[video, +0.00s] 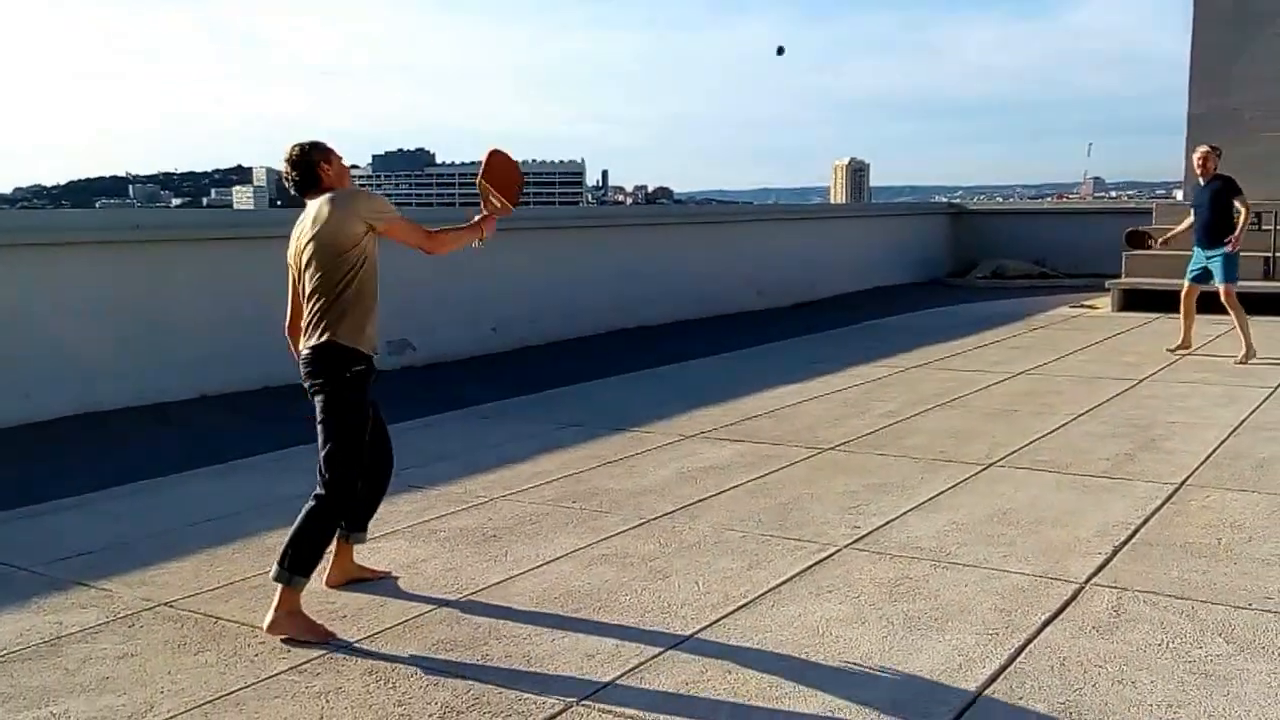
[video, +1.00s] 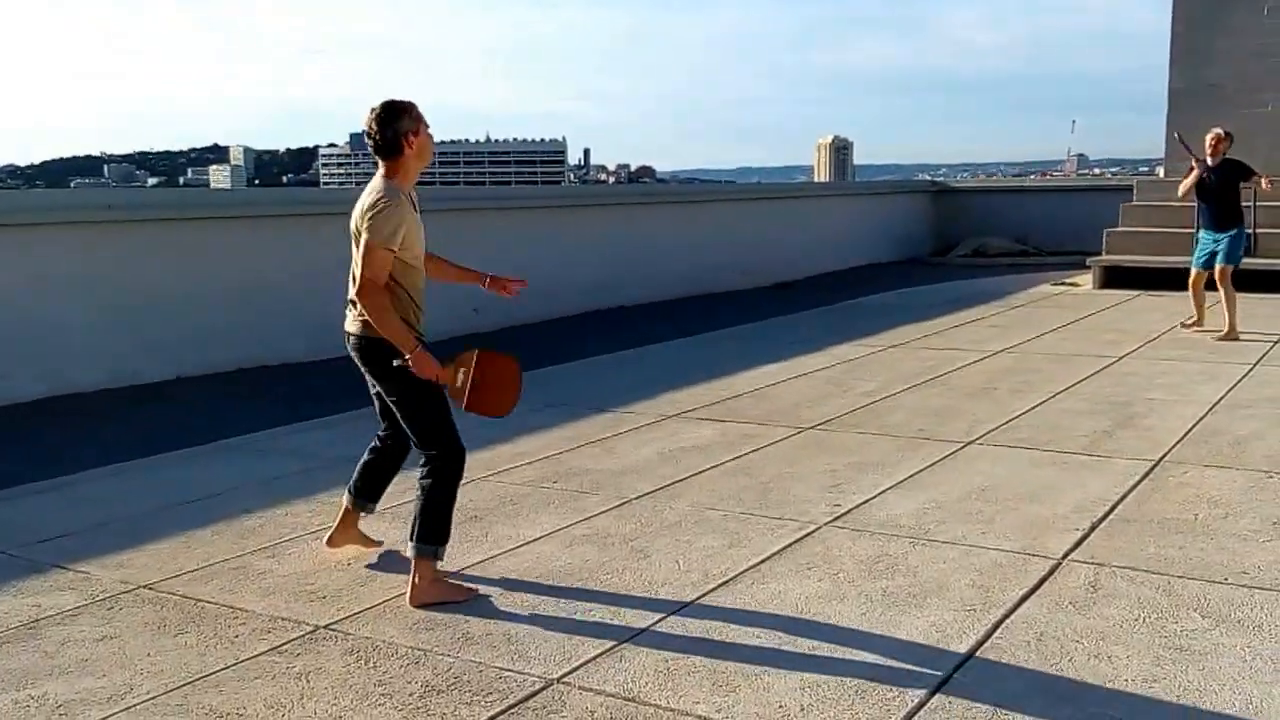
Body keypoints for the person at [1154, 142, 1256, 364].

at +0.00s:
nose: (1201, 163)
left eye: (1206, 159)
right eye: (1198, 159)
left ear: (1215, 163)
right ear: (1193, 163)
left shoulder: (1225, 183)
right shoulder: (1197, 190)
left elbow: (1244, 208)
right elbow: (1193, 219)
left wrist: (1238, 234)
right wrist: (1169, 236)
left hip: (1222, 250)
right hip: (1200, 251)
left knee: (1227, 296)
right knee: (1187, 295)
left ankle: (1248, 346)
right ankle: (1185, 341)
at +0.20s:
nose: (1191, 177)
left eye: (1195, 172)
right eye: (1187, 174)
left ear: (1206, 174)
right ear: (1184, 178)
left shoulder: (1216, 195)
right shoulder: (1193, 202)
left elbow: (1236, 216)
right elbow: (1193, 227)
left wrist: (1234, 239)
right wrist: (1171, 242)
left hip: (1224, 259)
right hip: (1202, 260)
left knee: (1219, 302)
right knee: (1179, 298)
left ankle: (1244, 348)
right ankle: (1177, 340)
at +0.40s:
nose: (1194, 168)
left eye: (1198, 163)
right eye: (1191, 165)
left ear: (1209, 164)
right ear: (1188, 168)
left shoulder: (1225, 184)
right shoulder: (1197, 190)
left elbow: (1249, 206)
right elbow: (1206, 218)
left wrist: (1254, 231)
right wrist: (1190, 244)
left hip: (1237, 247)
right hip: (1214, 249)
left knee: (1227, 293)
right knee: (1202, 297)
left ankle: (1242, 342)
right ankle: (1201, 335)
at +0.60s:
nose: (1202, 161)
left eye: (1206, 157)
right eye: (1200, 157)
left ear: (1218, 155)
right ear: (1198, 156)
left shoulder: (1235, 171)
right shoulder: (1199, 174)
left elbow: (1260, 189)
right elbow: (1195, 204)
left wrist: (1267, 210)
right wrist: (1196, 205)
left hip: (1237, 235)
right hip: (1215, 237)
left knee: (1234, 285)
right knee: (1226, 289)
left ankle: (1238, 337)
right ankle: (1261, 322)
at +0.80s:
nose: (1214, 148)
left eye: (1219, 145)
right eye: (1212, 143)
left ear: (1227, 148)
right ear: (1207, 145)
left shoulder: (1236, 167)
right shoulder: (1200, 169)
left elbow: (1260, 183)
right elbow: (1189, 199)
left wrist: (1267, 189)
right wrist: (1201, 184)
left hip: (1235, 230)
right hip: (1213, 232)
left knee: (1232, 278)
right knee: (1216, 284)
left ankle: (1235, 330)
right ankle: (1239, 320)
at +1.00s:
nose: (1213, 144)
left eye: (1219, 141)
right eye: (1211, 139)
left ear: (1226, 147)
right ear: (1205, 142)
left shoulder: (1233, 166)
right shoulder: (1198, 168)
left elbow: (1258, 180)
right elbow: (1181, 192)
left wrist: (1265, 183)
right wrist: (1196, 172)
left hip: (1231, 231)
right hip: (1207, 232)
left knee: (1221, 276)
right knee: (1195, 280)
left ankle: (1231, 328)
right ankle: (1199, 318)